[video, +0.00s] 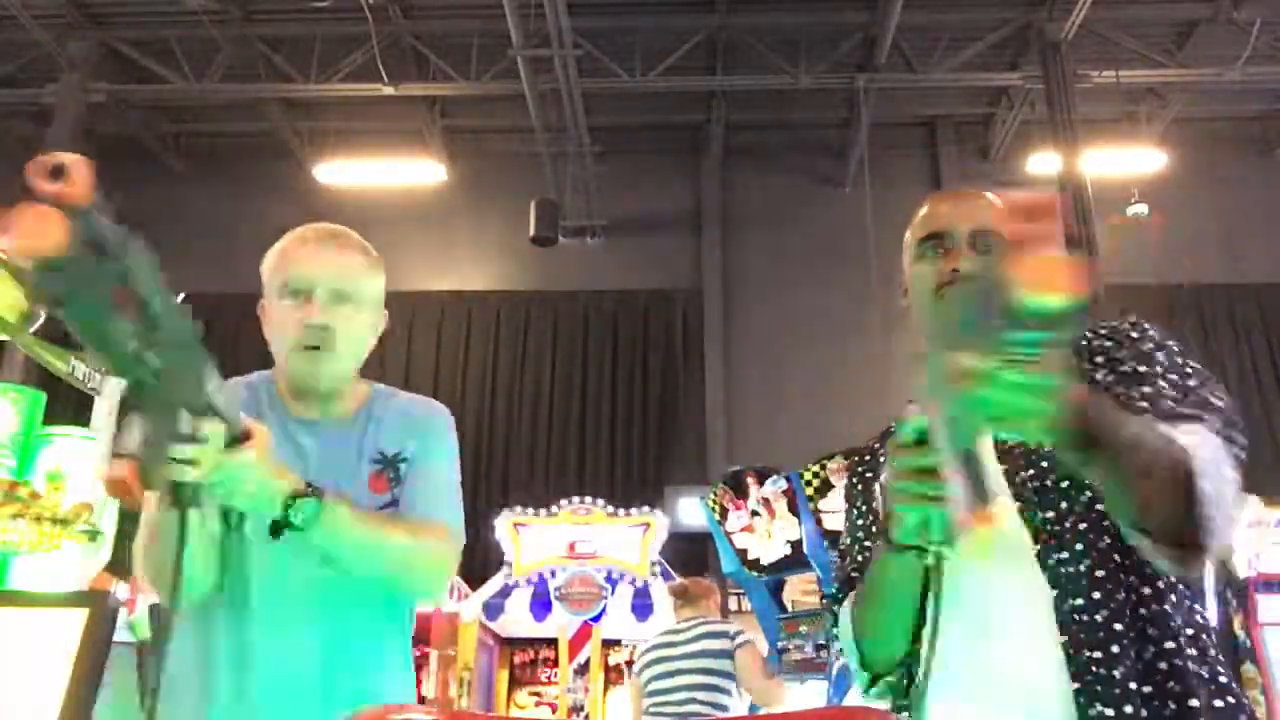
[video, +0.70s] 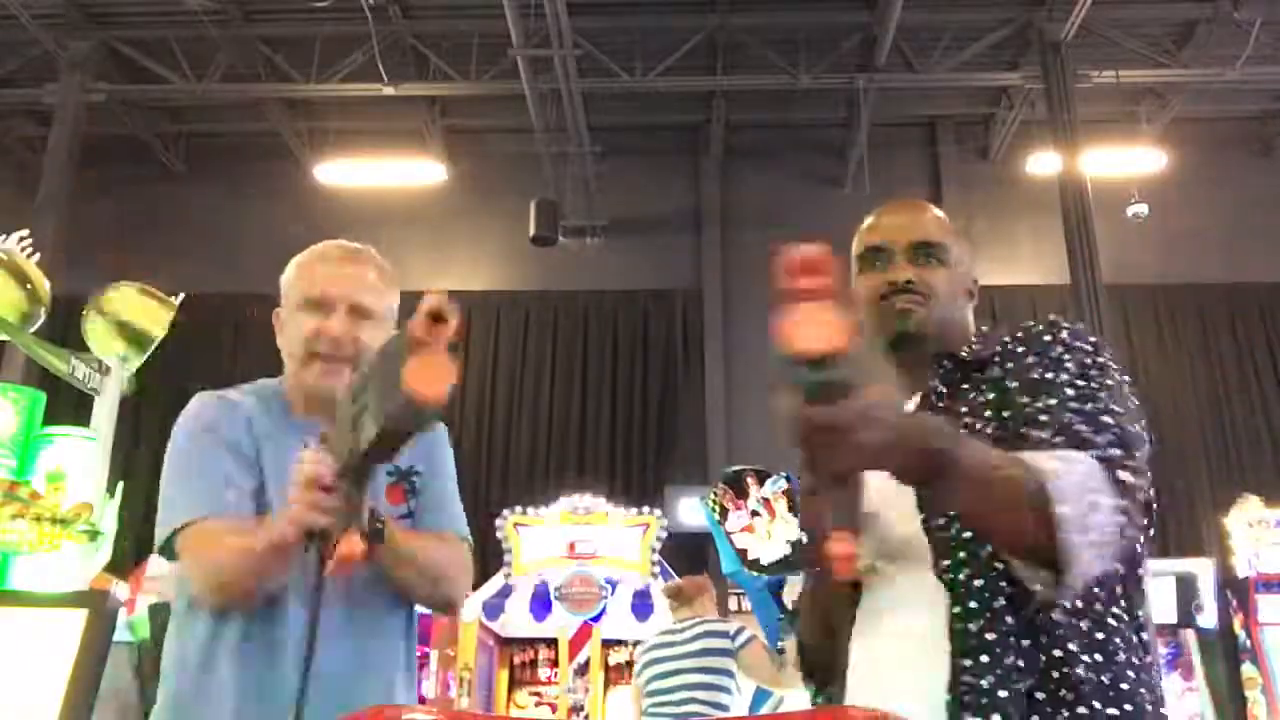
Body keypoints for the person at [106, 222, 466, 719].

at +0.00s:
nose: (316, 317)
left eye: (342, 299)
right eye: (297, 296)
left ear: (377, 325)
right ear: (264, 316)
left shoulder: (419, 426)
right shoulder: (208, 414)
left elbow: (431, 570)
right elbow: (171, 587)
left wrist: (284, 494)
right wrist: (171, 480)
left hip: (359, 707)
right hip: (212, 706)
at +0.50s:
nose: (318, 320)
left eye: (343, 305)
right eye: (298, 298)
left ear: (374, 332)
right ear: (260, 317)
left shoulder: (412, 429)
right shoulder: (198, 418)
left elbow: (423, 579)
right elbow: (161, 584)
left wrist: (278, 499)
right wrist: (194, 488)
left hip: (348, 708)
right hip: (197, 706)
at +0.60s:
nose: (333, 342)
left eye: (355, 326)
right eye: (317, 321)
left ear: (388, 338)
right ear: (275, 322)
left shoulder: (417, 437)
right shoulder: (208, 420)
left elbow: (448, 581)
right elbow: (199, 577)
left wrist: (343, 521)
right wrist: (258, 504)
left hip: (359, 710)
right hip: (210, 709)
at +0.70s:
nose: (336, 330)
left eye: (362, 315)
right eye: (317, 308)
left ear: (391, 338)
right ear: (278, 323)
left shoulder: (418, 439)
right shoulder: (215, 420)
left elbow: (452, 585)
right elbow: (212, 578)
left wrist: (372, 531)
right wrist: (289, 526)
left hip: (365, 710)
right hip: (219, 709)